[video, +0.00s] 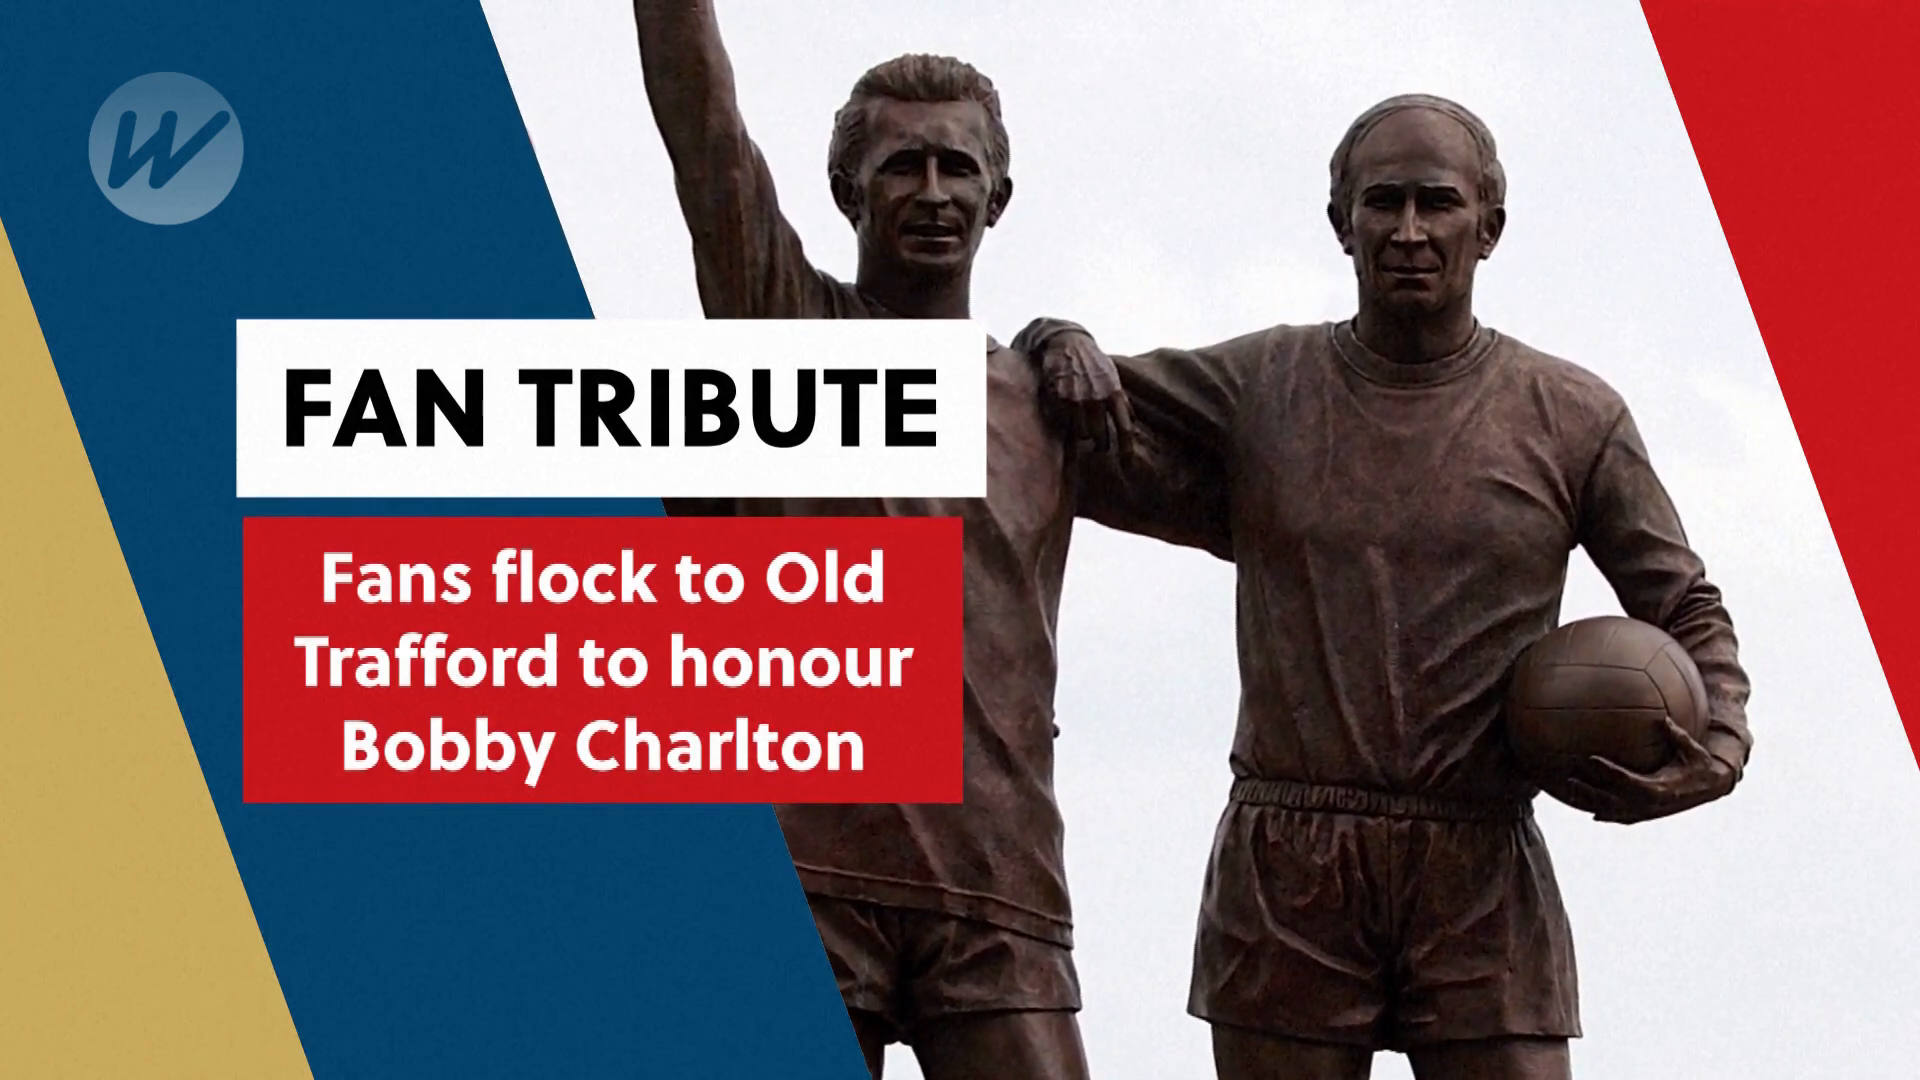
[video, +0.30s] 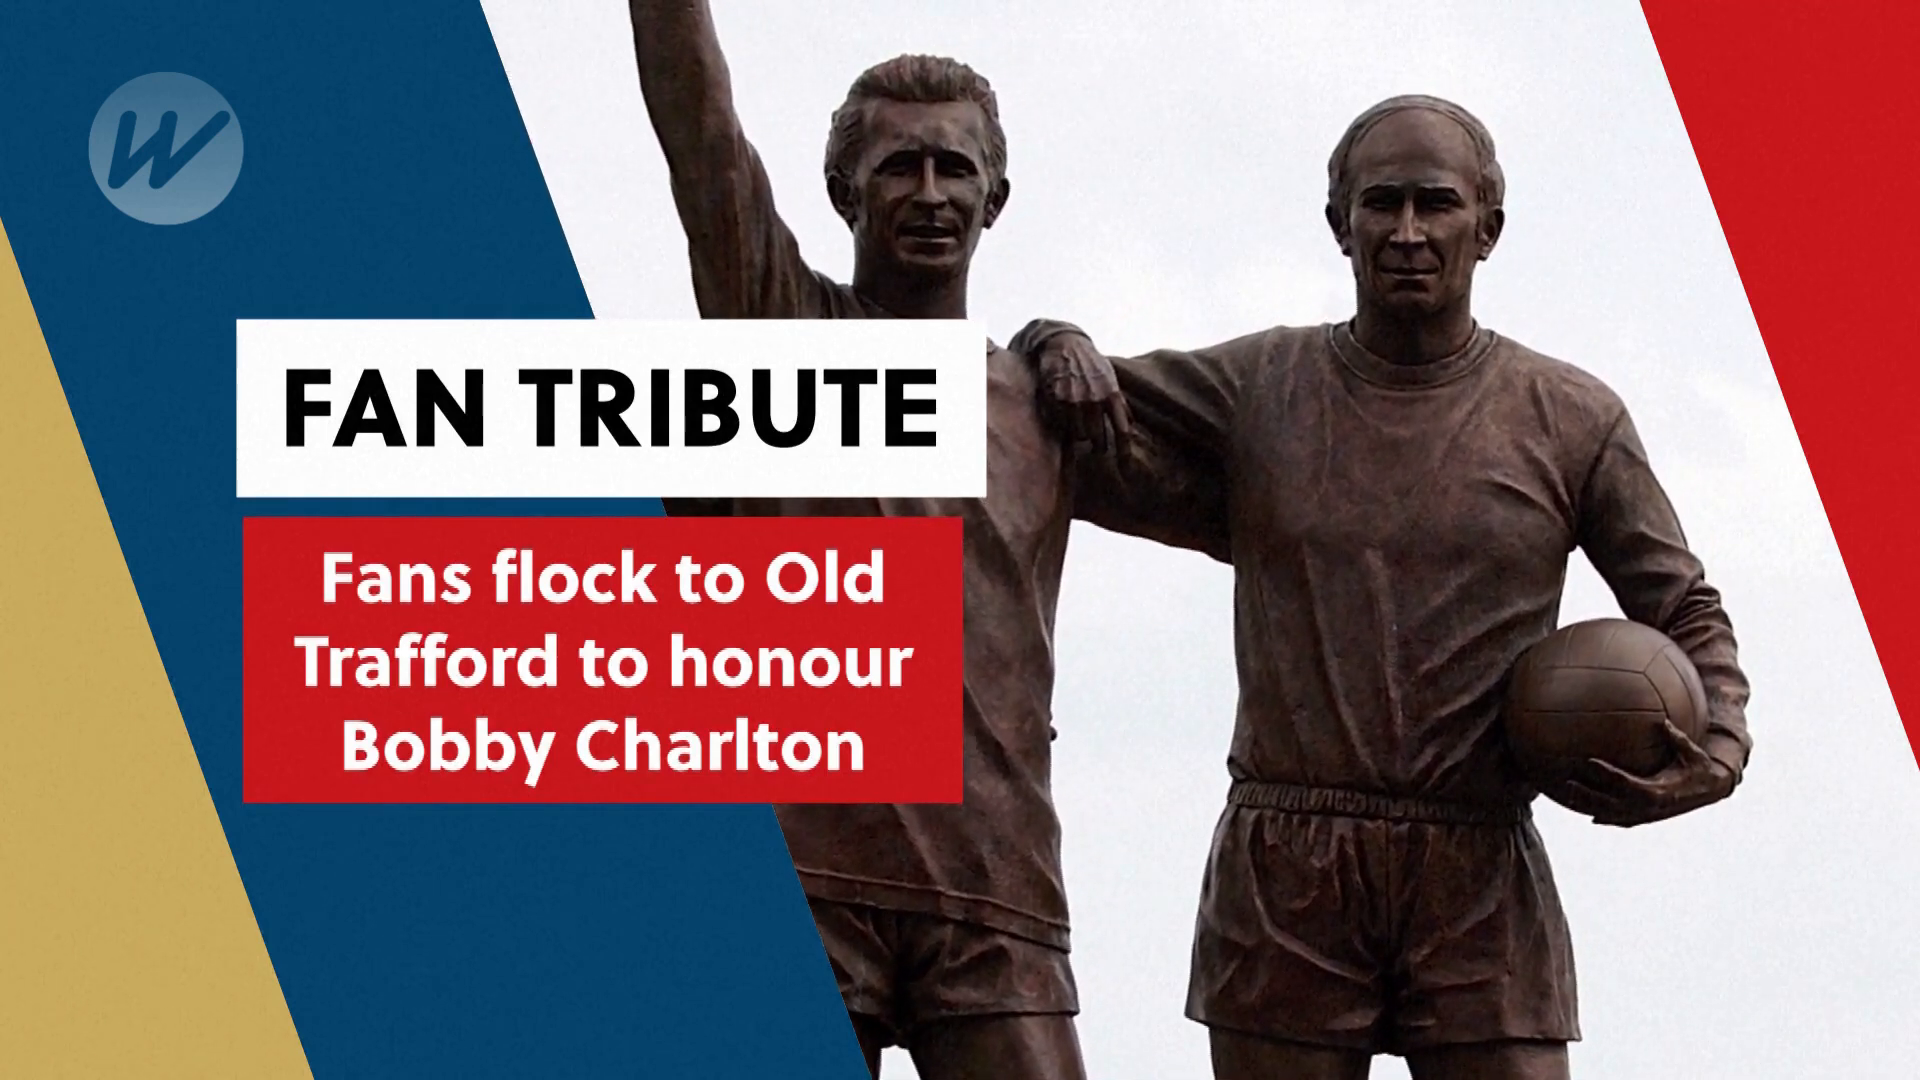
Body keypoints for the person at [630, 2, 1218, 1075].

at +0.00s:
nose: (933, 189)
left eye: (958, 166)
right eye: (902, 165)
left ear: (997, 197)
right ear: (849, 192)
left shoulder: (1049, 402)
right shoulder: (781, 330)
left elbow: (1255, 507)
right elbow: (701, 130)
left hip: (999, 890)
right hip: (805, 885)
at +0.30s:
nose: (930, 190)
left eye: (956, 167)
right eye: (898, 166)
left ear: (994, 197)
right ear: (845, 193)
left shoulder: (1045, 403)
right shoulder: (779, 333)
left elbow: (1252, 509)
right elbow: (700, 139)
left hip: (996, 891)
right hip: (803, 885)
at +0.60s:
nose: (928, 192)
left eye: (953, 168)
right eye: (897, 167)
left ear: (992, 198)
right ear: (841, 194)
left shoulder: (1044, 407)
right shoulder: (776, 336)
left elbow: (1255, 508)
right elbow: (694, 134)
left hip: (993, 897)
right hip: (799, 888)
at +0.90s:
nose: (924, 193)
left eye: (950, 169)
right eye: (893, 168)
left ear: (988, 201)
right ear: (839, 196)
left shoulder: (1042, 407)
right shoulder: (771, 336)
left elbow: (1250, 507)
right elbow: (691, 132)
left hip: (991, 901)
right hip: (797, 893)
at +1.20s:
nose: (920, 195)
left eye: (947, 171)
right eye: (889, 169)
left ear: (985, 201)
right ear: (832, 195)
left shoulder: (1036, 404)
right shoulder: (765, 334)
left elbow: (1246, 514)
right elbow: (687, 132)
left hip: (988, 905)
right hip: (794, 898)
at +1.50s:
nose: (918, 195)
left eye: (944, 171)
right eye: (886, 170)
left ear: (983, 202)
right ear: (829, 197)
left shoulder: (1032, 400)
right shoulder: (762, 334)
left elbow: (1244, 515)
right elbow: (681, 127)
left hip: (986, 909)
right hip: (790, 902)